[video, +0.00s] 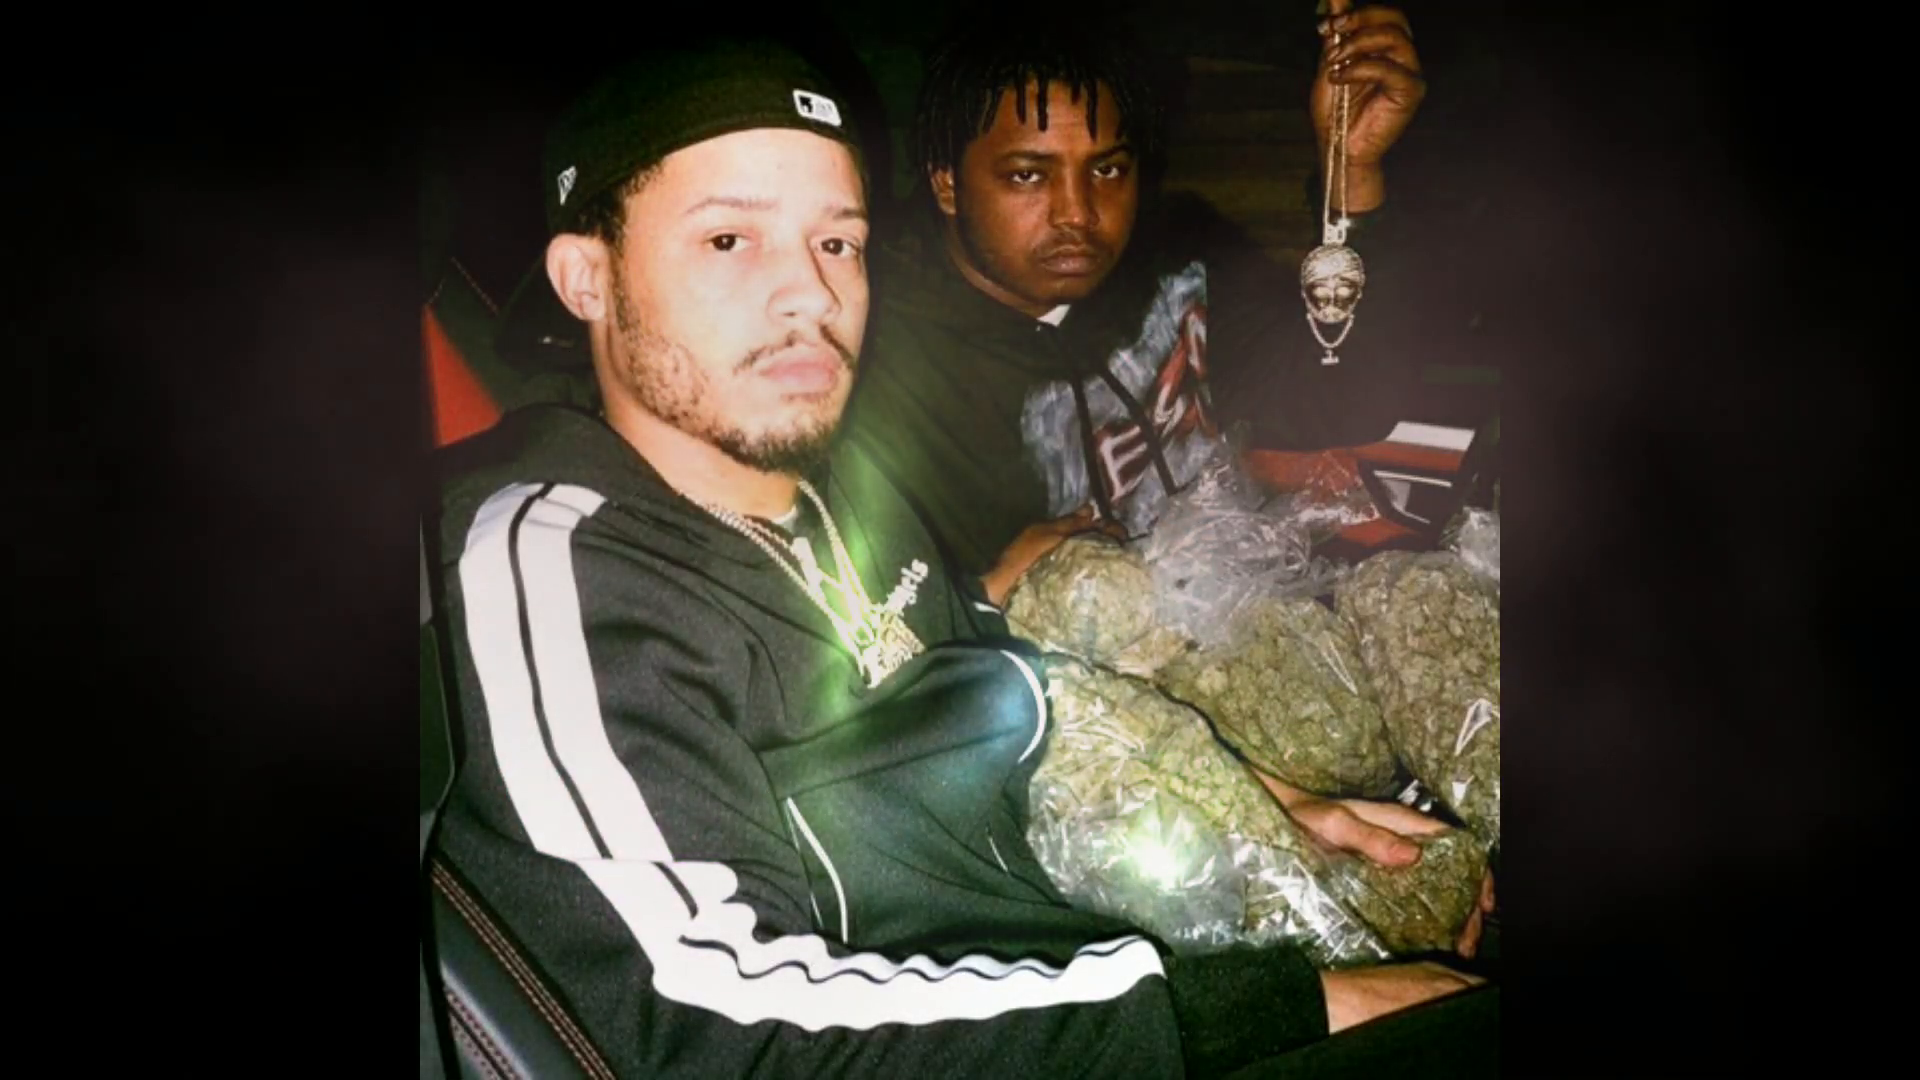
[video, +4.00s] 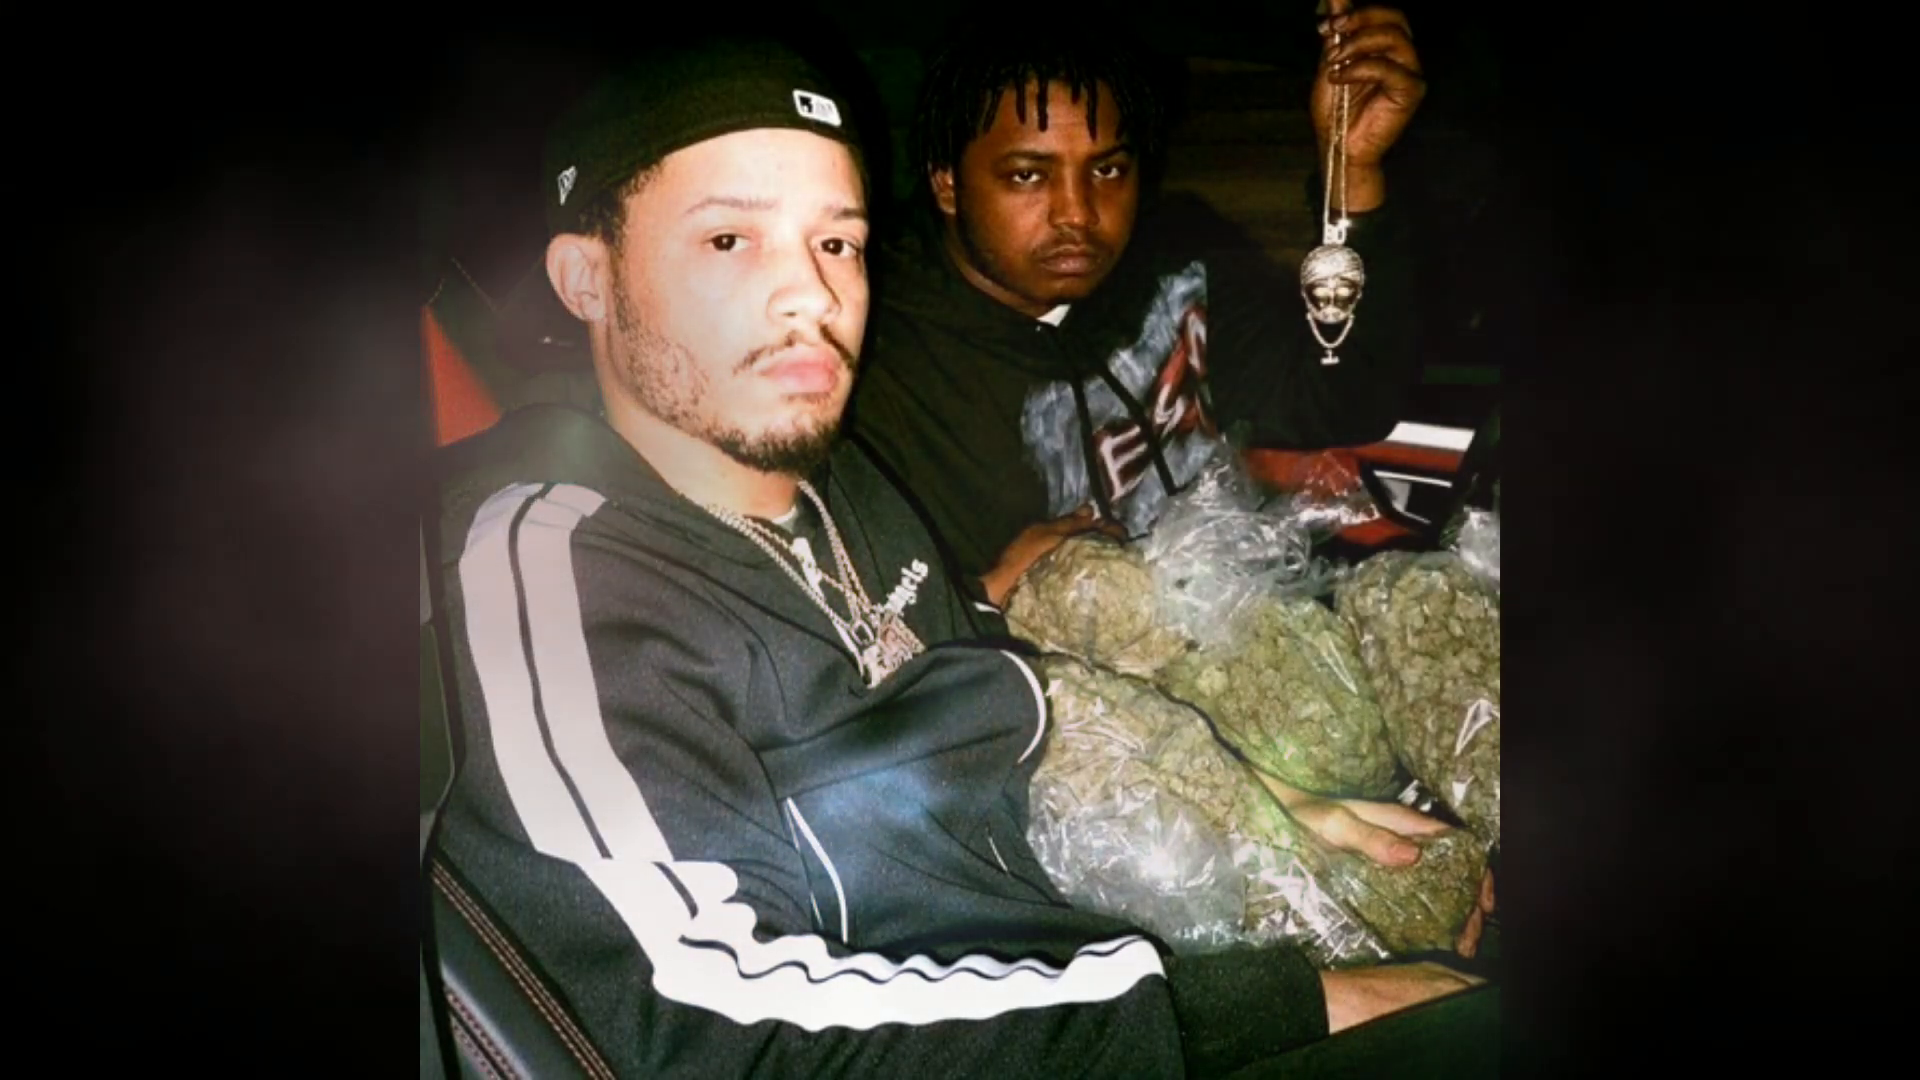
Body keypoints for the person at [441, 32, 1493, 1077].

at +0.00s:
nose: (813, 303)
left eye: (837, 250)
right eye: (731, 243)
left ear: (871, 268)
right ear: (588, 281)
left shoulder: (837, 495)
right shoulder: (536, 551)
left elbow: (1016, 741)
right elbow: (708, 1011)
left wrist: (1270, 825)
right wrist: (1274, 1010)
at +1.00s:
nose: (811, 306)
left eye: (835, 249)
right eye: (730, 246)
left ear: (868, 268)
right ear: (589, 283)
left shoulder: (842, 484)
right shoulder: (530, 550)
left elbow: (1012, 738)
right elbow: (706, 1014)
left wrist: (1267, 817)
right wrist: (1276, 1008)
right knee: (1479, 1006)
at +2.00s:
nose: (810, 304)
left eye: (835, 250)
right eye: (729, 245)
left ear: (868, 269)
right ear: (588, 282)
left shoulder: (833, 481)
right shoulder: (534, 557)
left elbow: (1011, 738)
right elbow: (709, 1015)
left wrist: (1269, 821)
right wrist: (1277, 1009)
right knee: (1469, 1004)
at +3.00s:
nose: (810, 303)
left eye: (835, 249)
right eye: (729, 244)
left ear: (866, 269)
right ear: (588, 282)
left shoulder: (828, 482)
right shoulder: (536, 552)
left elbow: (1010, 745)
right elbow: (707, 1019)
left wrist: (1267, 820)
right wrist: (1278, 1008)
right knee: (1489, 1006)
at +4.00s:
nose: (810, 304)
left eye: (835, 249)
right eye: (729, 244)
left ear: (866, 267)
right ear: (587, 282)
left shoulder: (831, 484)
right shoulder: (536, 552)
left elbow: (1008, 763)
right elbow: (702, 1017)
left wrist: (1273, 834)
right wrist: (1270, 1004)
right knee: (1477, 1019)